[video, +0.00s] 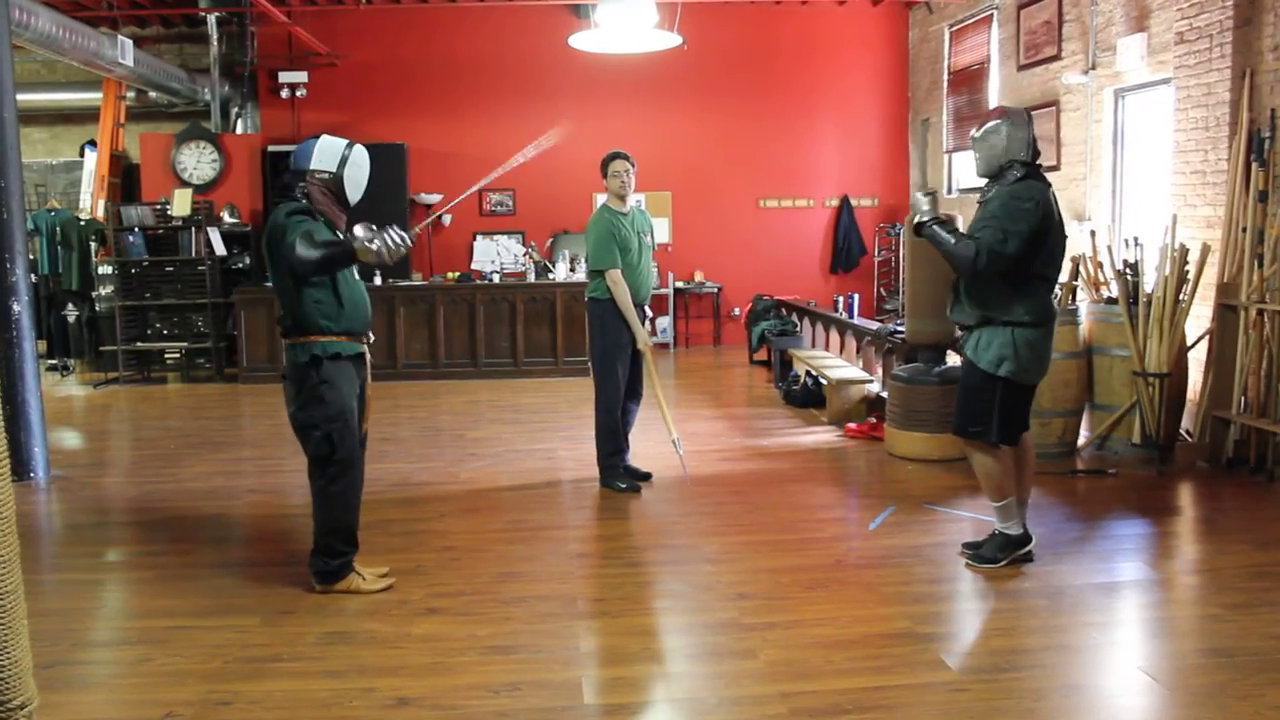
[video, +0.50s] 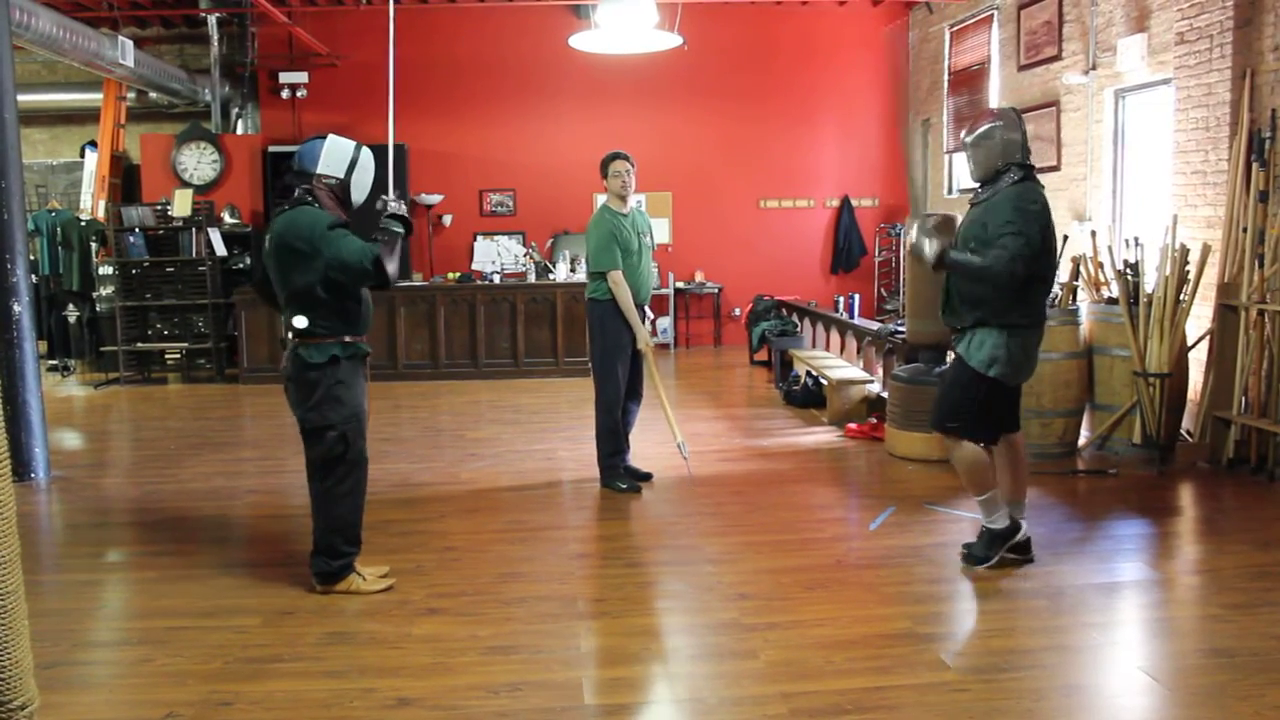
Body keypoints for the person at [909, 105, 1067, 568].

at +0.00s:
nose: (974, 152)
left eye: (981, 142)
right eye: (975, 143)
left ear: (1004, 142)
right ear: (1012, 144)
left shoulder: (1016, 194)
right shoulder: (1028, 191)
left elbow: (981, 259)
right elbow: (992, 254)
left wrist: (930, 225)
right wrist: (947, 228)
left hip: (1001, 337)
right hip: (1020, 334)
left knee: (976, 433)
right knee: (1011, 432)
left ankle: (1009, 534)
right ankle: (1015, 530)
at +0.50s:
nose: (970, 159)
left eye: (976, 149)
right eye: (970, 150)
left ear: (1000, 149)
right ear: (1002, 150)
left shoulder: (1018, 199)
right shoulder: (1001, 196)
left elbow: (1008, 268)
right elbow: (990, 260)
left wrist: (947, 256)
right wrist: (947, 243)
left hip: (998, 336)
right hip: (996, 334)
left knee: (955, 428)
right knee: (1004, 431)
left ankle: (997, 525)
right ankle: (1013, 533)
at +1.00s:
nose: (954, 160)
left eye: (961, 150)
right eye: (954, 151)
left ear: (987, 150)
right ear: (986, 153)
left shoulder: (997, 203)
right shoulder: (978, 201)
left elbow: (998, 284)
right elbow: (967, 279)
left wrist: (981, 355)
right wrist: (924, 331)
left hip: (960, 345)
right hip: (958, 341)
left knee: (934, 447)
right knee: (984, 438)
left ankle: (950, 556)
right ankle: (1013, 535)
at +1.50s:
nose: (937, 162)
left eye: (944, 151)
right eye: (938, 152)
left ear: (967, 151)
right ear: (975, 153)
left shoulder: (983, 205)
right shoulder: (971, 201)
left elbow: (983, 286)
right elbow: (956, 282)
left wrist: (964, 355)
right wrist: (917, 329)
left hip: (950, 347)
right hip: (969, 346)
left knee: (923, 447)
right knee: (989, 436)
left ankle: (948, 555)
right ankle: (1013, 535)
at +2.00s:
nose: (894, 172)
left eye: (897, 160)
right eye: (894, 161)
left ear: (917, 158)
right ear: (941, 154)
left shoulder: (938, 208)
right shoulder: (982, 199)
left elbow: (927, 294)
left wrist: (895, 367)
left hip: (969, 352)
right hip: (1010, 348)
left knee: (940, 453)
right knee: (1006, 440)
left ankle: (954, 563)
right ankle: (1018, 535)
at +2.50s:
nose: (937, 170)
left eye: (941, 159)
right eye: (937, 159)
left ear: (964, 155)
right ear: (976, 155)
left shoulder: (977, 208)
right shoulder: (1014, 197)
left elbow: (950, 292)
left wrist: (901, 319)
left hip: (994, 348)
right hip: (1031, 344)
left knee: (953, 444)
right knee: (1025, 440)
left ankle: (955, 560)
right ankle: (1052, 541)